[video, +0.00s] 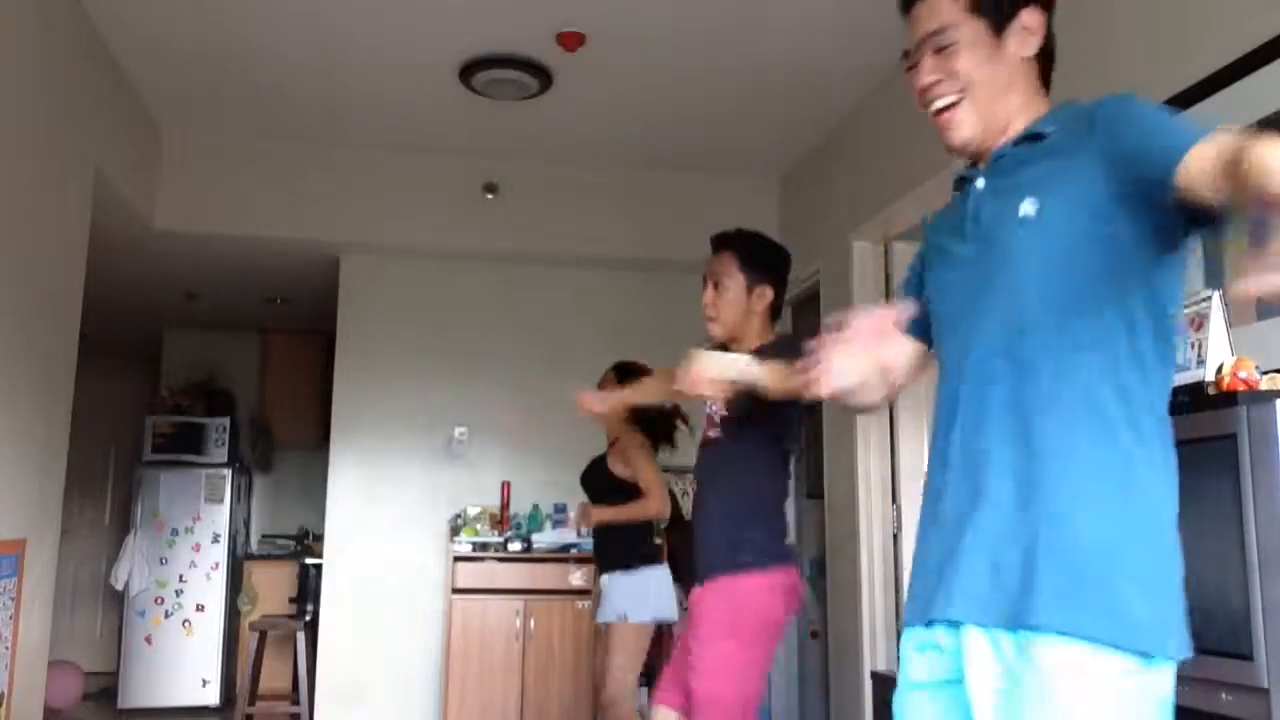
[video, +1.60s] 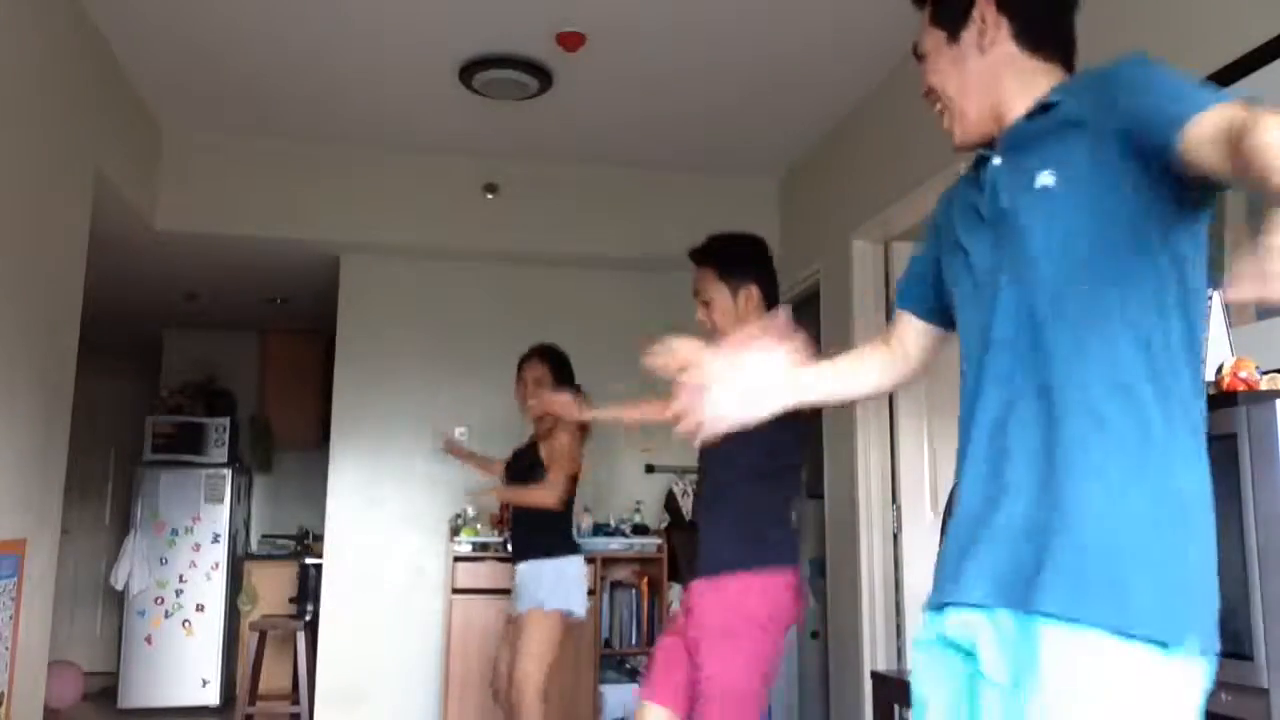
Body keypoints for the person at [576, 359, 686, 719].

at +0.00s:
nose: (597, 397)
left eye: (605, 390)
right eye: (599, 389)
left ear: (627, 396)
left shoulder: (633, 443)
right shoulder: (616, 445)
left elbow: (659, 505)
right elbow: (636, 503)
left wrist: (600, 514)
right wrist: (593, 512)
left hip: (638, 576)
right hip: (616, 575)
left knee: (617, 695)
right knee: (606, 692)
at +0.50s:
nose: (573, 413)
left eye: (586, 407)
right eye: (571, 405)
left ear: (609, 421)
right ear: (565, 411)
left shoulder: (612, 461)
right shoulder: (581, 467)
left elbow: (652, 518)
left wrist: (585, 521)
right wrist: (568, 525)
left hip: (612, 592)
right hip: (587, 592)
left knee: (592, 709)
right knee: (584, 707)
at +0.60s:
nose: (565, 425)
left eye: (577, 417)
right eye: (561, 416)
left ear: (598, 426)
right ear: (554, 420)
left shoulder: (605, 469)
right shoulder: (576, 474)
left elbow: (638, 529)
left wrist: (572, 536)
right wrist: (560, 539)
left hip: (602, 598)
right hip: (578, 599)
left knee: (581, 709)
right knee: (572, 707)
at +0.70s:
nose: (551, 409)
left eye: (560, 399)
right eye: (549, 399)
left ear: (583, 405)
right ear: (548, 406)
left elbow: (610, 510)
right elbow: (539, 539)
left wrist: (551, 511)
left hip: (587, 586)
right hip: (559, 589)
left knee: (579, 706)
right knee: (540, 705)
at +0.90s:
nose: (531, 412)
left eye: (543, 404)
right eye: (526, 402)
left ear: (564, 416)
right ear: (518, 408)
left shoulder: (559, 454)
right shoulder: (537, 459)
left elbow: (581, 518)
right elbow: (548, 515)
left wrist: (525, 520)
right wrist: (512, 521)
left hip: (558, 600)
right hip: (529, 596)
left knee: (528, 710)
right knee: (506, 703)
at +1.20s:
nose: (523, 391)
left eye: (535, 383)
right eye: (518, 382)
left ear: (555, 396)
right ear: (510, 390)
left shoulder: (551, 440)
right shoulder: (525, 446)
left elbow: (588, 490)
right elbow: (514, 501)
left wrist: (522, 497)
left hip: (542, 574)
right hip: (525, 572)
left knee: (503, 690)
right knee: (511, 689)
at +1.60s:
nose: (527, 391)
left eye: (537, 381)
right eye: (522, 382)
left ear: (559, 385)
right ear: (516, 386)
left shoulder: (562, 432)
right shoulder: (539, 436)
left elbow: (554, 496)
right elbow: (503, 472)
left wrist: (500, 494)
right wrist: (463, 454)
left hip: (552, 568)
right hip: (531, 567)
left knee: (525, 689)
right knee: (505, 687)